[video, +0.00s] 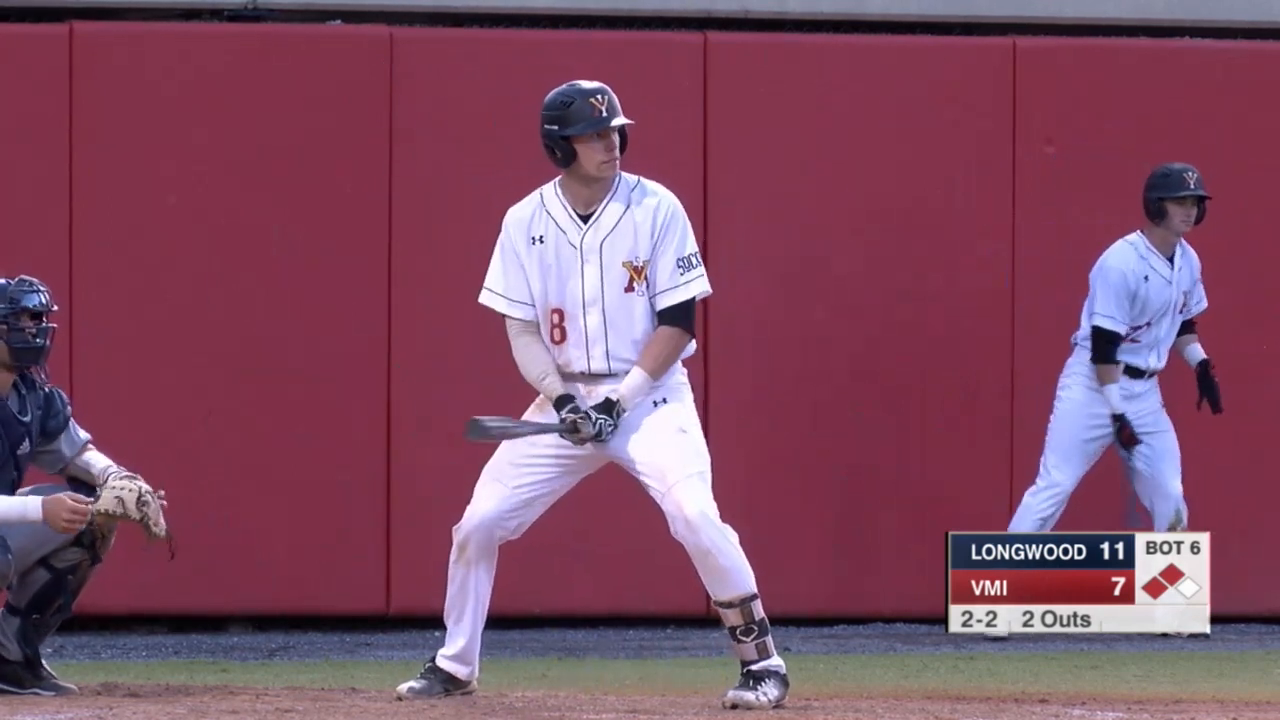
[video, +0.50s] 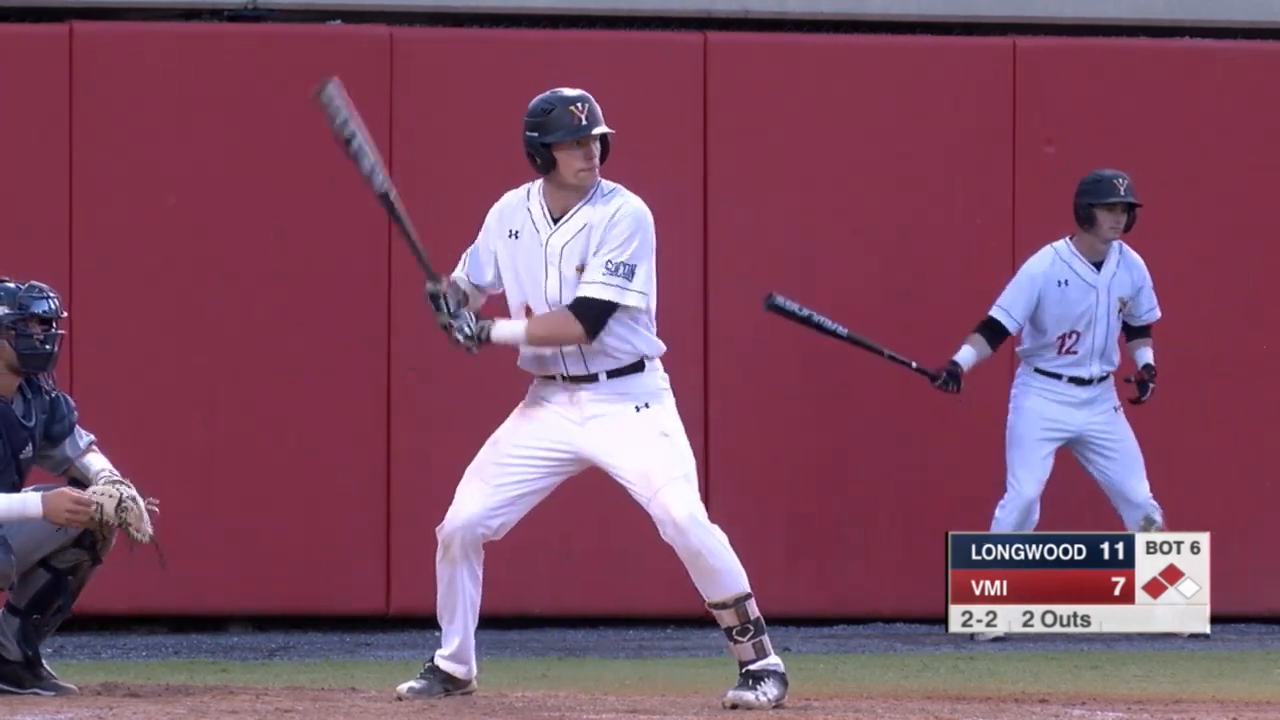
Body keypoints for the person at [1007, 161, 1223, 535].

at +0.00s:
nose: (1190, 212)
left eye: (1195, 204)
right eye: (1181, 202)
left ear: (1200, 209)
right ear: (1155, 205)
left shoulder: (1187, 261)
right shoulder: (1119, 262)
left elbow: (1183, 327)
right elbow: (1103, 346)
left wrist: (1202, 365)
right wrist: (1118, 413)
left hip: (1144, 391)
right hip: (1092, 386)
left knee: (1169, 499)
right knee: (1054, 489)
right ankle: (1003, 575)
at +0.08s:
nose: (1175, 215)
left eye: (1179, 207)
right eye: (1165, 207)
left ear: (1183, 212)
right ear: (1140, 210)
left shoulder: (1174, 264)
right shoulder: (1102, 266)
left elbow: (1172, 330)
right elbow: (1078, 348)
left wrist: (1189, 369)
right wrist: (1080, 408)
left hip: (1135, 398)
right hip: (1081, 391)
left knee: (1165, 505)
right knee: (1047, 496)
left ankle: (1171, 609)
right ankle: (992, 591)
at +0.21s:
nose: (1147, 218)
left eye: (1153, 210)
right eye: (1138, 210)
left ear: (1158, 216)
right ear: (1114, 213)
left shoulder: (1154, 266)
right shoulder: (1074, 268)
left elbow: (1156, 329)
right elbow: (1043, 339)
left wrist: (1167, 369)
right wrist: (1024, 394)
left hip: (1118, 401)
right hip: (1062, 395)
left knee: (1151, 505)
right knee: (1038, 497)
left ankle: (1165, 606)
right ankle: (991, 594)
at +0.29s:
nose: (1137, 218)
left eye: (1142, 210)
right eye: (1128, 210)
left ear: (1146, 216)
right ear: (1103, 213)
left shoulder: (1144, 265)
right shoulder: (1062, 267)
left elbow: (1148, 329)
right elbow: (1027, 335)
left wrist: (1158, 368)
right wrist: (1000, 387)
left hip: (1111, 401)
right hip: (1053, 396)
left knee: (1145, 506)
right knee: (1031, 500)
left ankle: (1164, 607)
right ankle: (989, 598)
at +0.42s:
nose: (1123, 218)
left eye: (1128, 210)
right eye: (1114, 209)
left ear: (1131, 215)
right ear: (1088, 212)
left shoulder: (1132, 265)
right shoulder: (1047, 266)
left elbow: (1139, 325)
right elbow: (1002, 329)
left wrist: (1147, 365)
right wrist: (967, 369)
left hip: (1101, 400)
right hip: (1042, 396)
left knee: (1140, 502)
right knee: (1024, 496)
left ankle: (1164, 602)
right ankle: (987, 597)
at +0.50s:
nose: (1119, 218)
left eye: (1124, 210)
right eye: (1110, 210)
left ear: (1128, 215)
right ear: (1085, 212)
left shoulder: (1130, 265)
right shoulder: (1044, 265)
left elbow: (1138, 324)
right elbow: (998, 326)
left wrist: (1145, 365)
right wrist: (958, 365)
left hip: (1100, 400)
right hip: (1040, 396)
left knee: (1141, 502)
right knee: (1024, 496)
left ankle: (1165, 603)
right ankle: (985, 598)